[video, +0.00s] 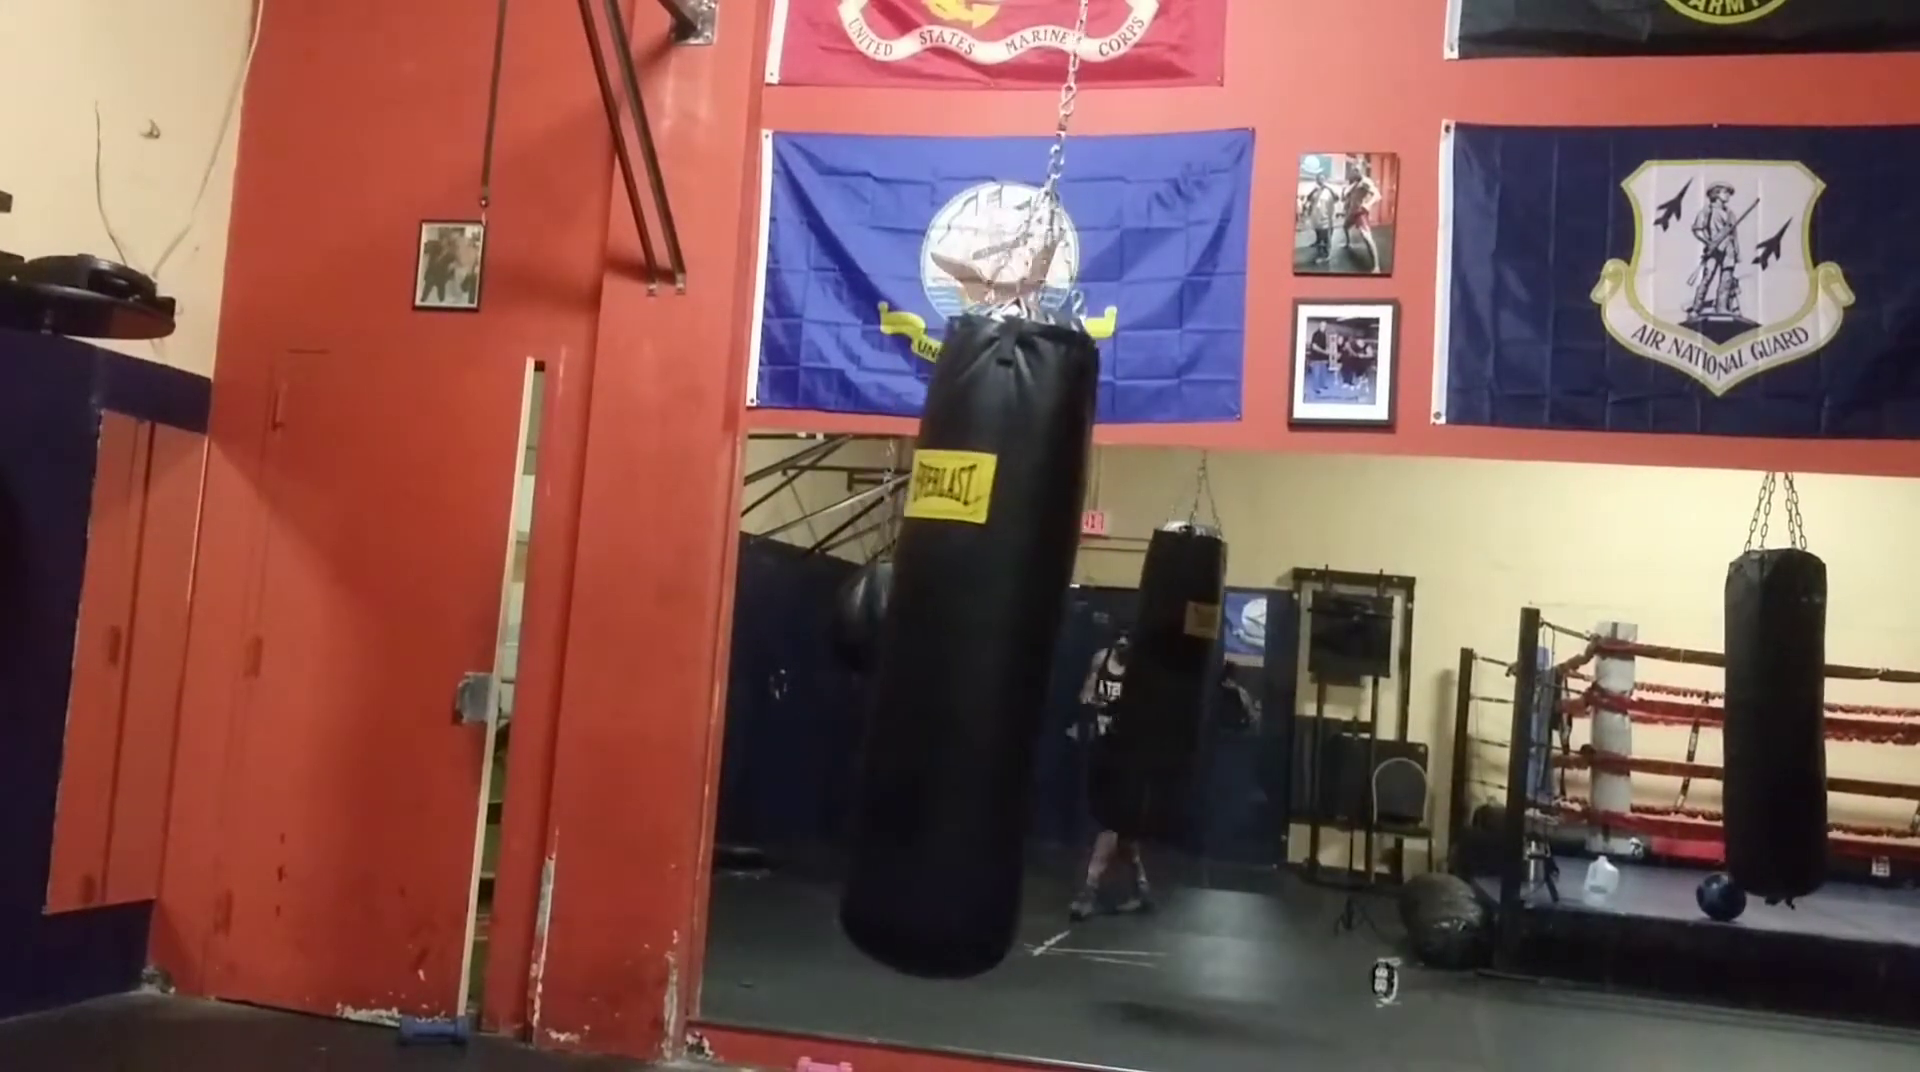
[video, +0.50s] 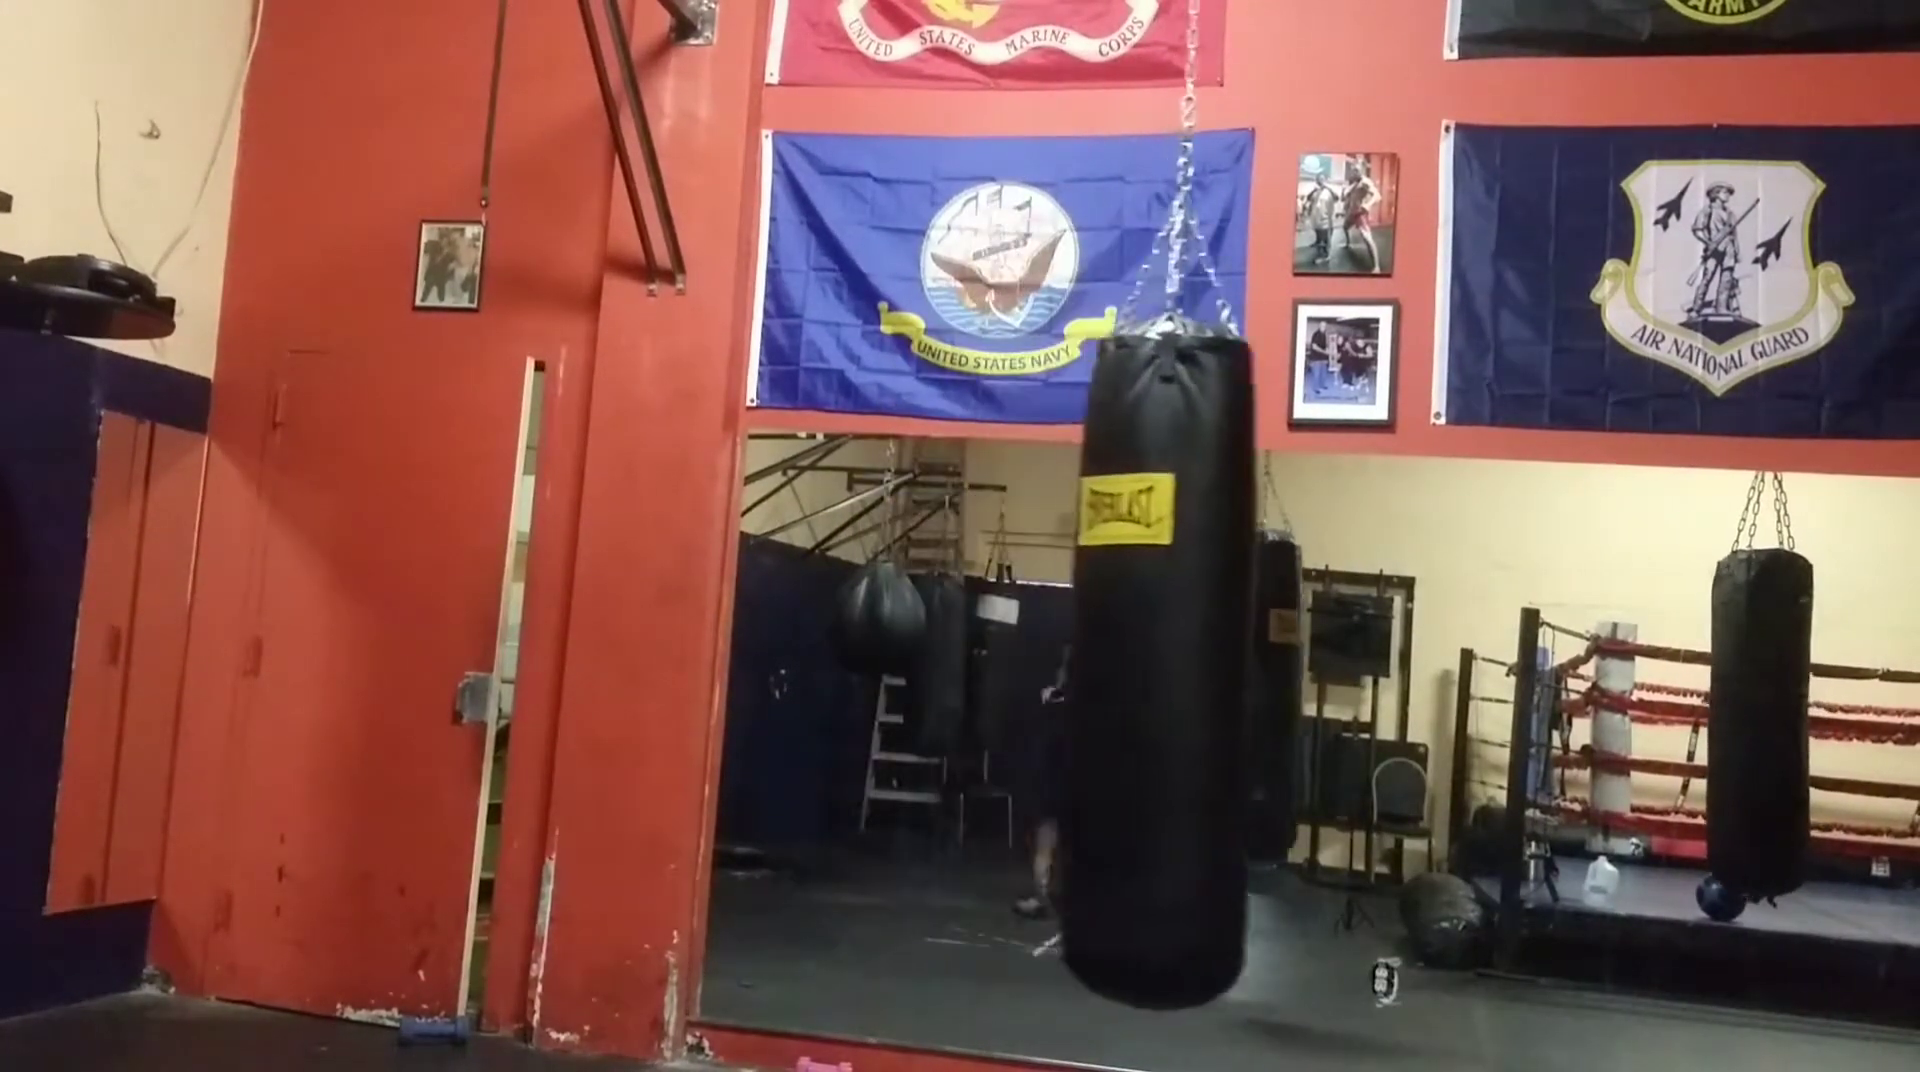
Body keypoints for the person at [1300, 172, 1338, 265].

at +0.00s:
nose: (1320, 182)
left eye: (1322, 180)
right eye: (1318, 180)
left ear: (1324, 180)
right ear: (1316, 181)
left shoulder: (1329, 191)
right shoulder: (1315, 192)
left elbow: (1336, 199)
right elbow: (1309, 199)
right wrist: (1314, 191)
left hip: (1325, 217)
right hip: (1316, 217)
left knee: (1325, 238)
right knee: (1318, 238)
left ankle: (1325, 255)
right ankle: (1318, 254)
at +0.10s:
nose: (1320, 182)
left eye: (1322, 180)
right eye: (1318, 180)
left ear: (1324, 180)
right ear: (1316, 181)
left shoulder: (1328, 192)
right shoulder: (1315, 192)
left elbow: (1336, 199)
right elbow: (1308, 199)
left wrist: (1329, 189)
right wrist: (1314, 192)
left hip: (1325, 217)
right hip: (1315, 217)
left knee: (1325, 239)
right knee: (1318, 238)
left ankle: (1325, 255)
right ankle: (1318, 254)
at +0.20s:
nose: (1320, 182)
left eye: (1322, 180)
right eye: (1318, 180)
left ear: (1324, 180)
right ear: (1316, 181)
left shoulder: (1328, 192)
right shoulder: (1314, 192)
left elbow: (1335, 200)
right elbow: (1309, 200)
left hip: (1325, 217)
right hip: (1315, 217)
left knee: (1325, 239)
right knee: (1318, 238)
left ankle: (1325, 255)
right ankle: (1318, 254)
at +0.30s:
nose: (1320, 182)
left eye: (1322, 180)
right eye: (1318, 180)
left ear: (1325, 180)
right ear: (1316, 181)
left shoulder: (1329, 191)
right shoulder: (1314, 192)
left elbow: (1335, 199)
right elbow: (1309, 199)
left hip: (1325, 217)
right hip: (1315, 217)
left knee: (1325, 239)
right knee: (1318, 238)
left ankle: (1325, 255)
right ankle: (1319, 254)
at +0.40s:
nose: (1320, 183)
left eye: (1321, 180)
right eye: (1318, 181)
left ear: (1325, 181)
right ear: (1316, 181)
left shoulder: (1328, 192)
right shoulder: (1315, 192)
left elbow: (1336, 199)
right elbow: (1309, 199)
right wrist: (1314, 192)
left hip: (1325, 217)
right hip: (1315, 216)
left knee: (1324, 238)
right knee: (1318, 236)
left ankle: (1324, 255)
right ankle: (1318, 253)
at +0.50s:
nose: (1319, 182)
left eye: (1321, 180)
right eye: (1318, 180)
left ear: (1324, 180)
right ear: (1316, 181)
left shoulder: (1329, 192)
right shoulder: (1315, 192)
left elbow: (1336, 198)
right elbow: (1309, 199)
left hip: (1325, 218)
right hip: (1315, 217)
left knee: (1325, 239)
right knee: (1318, 238)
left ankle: (1324, 255)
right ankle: (1318, 253)